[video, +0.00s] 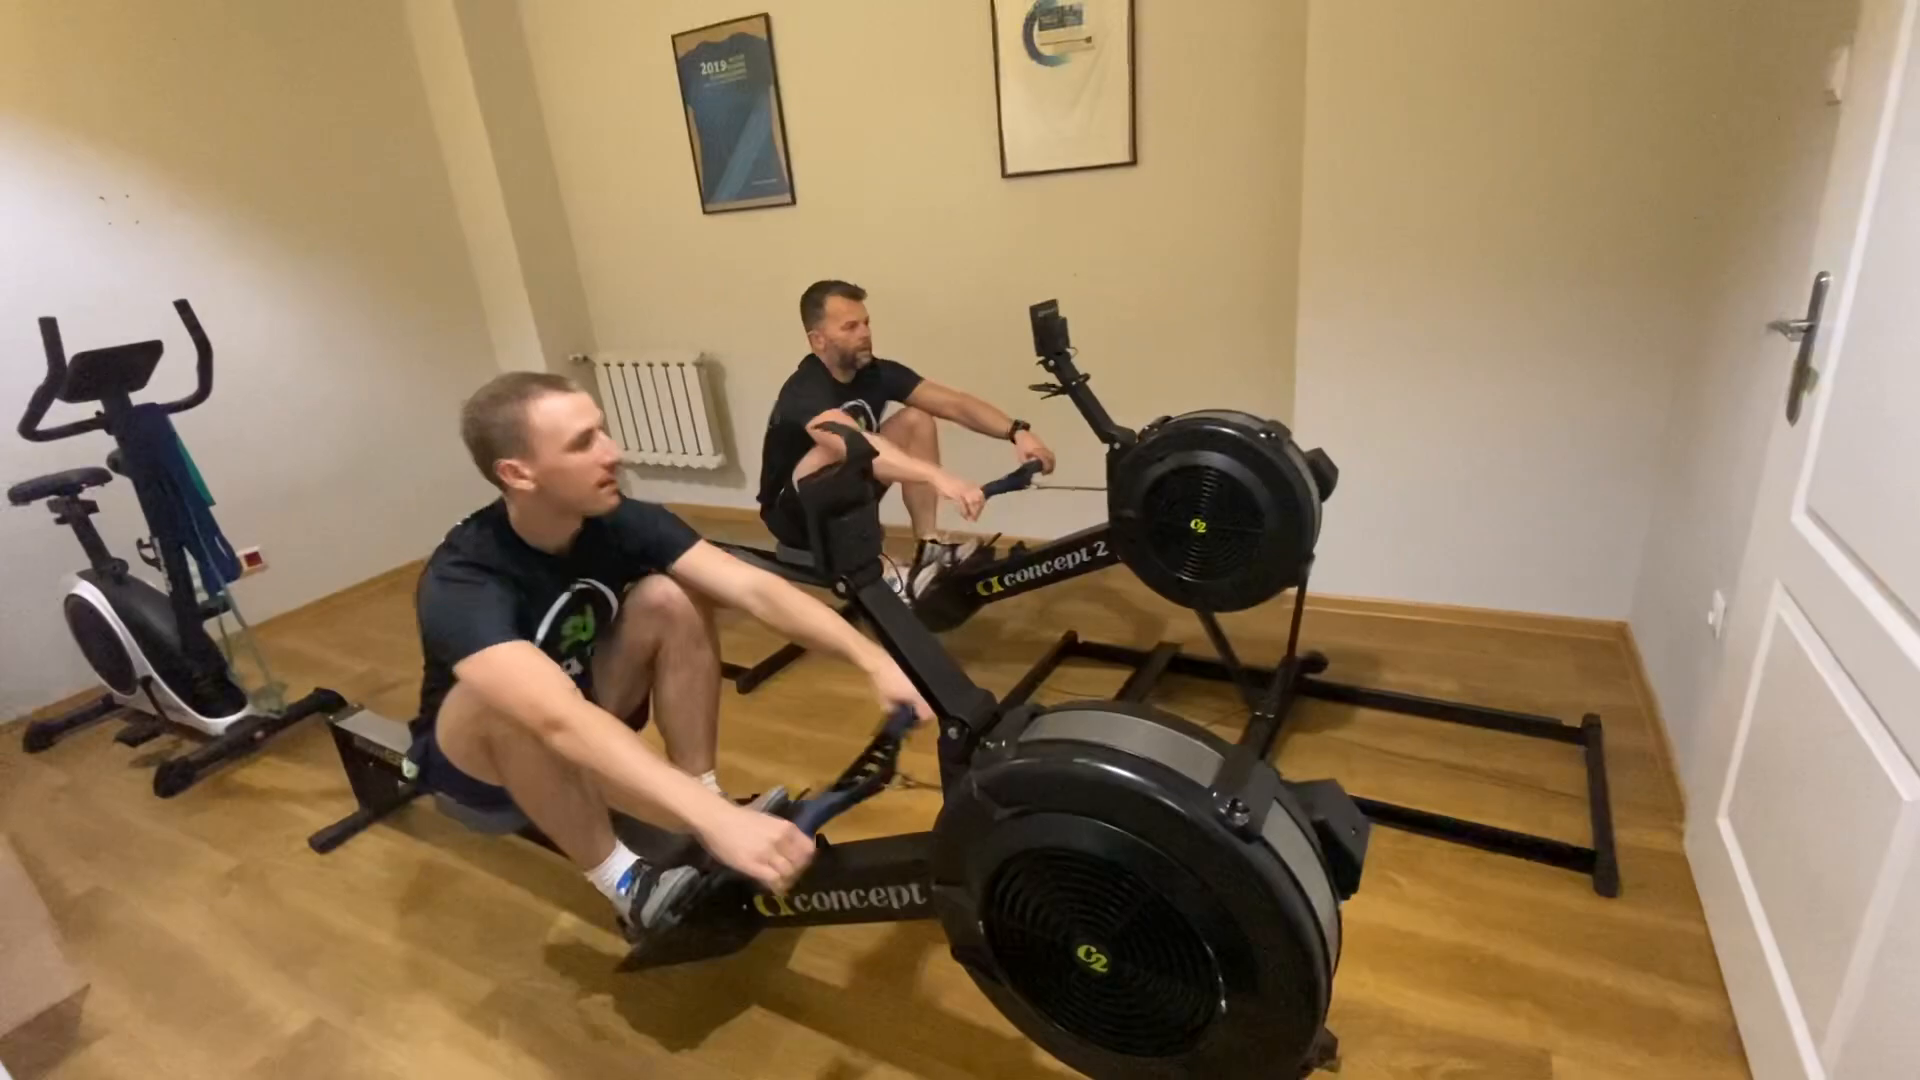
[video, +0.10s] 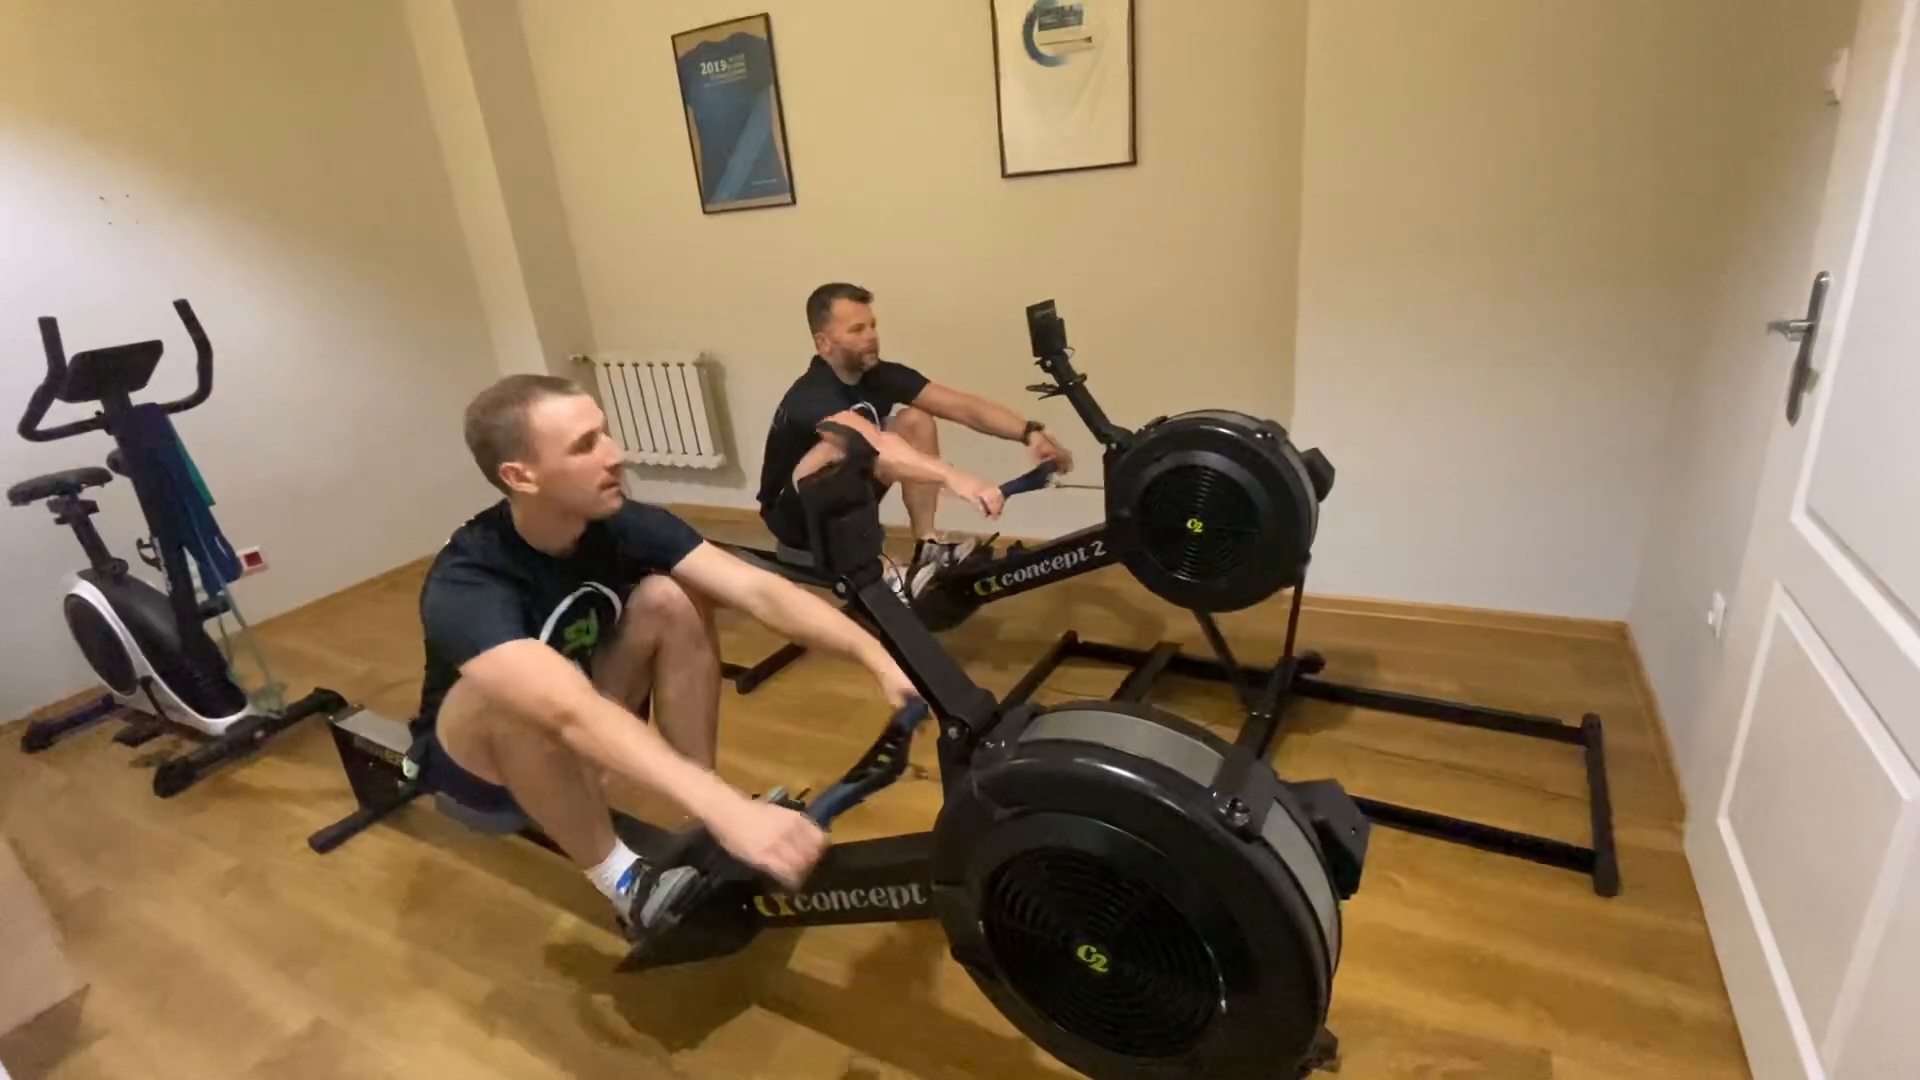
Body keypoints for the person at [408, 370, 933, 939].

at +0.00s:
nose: (613, 453)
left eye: (603, 433)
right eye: (585, 443)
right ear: (517, 475)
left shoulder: (623, 524)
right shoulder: (462, 585)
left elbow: (756, 589)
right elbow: (564, 720)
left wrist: (874, 659)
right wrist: (720, 823)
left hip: (583, 739)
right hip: (484, 784)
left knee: (666, 601)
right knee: (512, 693)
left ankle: (703, 806)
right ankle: (626, 884)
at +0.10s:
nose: (616, 455)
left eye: (607, 435)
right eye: (586, 445)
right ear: (520, 477)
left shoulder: (624, 527)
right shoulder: (466, 588)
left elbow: (760, 592)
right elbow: (574, 712)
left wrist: (876, 653)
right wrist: (729, 810)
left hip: (585, 746)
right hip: (482, 788)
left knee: (667, 601)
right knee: (516, 686)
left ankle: (708, 825)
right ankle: (627, 887)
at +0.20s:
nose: (593, 447)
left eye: (584, 427)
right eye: (563, 437)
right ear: (499, 468)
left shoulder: (604, 518)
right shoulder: (448, 578)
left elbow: (735, 578)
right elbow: (554, 692)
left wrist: (853, 636)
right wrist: (713, 793)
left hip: (569, 734)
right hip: (471, 777)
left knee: (656, 598)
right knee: (511, 683)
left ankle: (709, 833)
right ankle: (628, 887)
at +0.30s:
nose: (546, 430)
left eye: (539, 410)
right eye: (516, 421)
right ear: (453, 449)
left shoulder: (562, 501)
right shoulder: (408, 563)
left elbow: (682, 556)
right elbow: (510, 666)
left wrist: (806, 613)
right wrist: (649, 755)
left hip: (548, 715)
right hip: (448, 758)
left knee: (639, 600)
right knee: (492, 679)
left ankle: (711, 815)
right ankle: (626, 887)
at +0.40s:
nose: (481, 417)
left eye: (478, 395)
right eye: (452, 405)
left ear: (486, 392)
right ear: (393, 430)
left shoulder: (510, 488)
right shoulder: (354, 548)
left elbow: (627, 541)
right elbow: (453, 639)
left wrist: (745, 593)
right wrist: (571, 712)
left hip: (514, 666)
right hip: (412, 717)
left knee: (616, 604)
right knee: (486, 686)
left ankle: (708, 815)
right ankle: (627, 890)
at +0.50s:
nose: (415, 401)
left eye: (416, 382)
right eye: (388, 390)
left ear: (423, 382)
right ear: (332, 414)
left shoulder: (456, 472)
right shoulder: (306, 529)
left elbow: (571, 525)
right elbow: (391, 614)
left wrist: (679, 576)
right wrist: (499, 681)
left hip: (483, 648)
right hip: (382, 696)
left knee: (591, 620)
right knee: (473, 692)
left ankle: (707, 815)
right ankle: (627, 889)